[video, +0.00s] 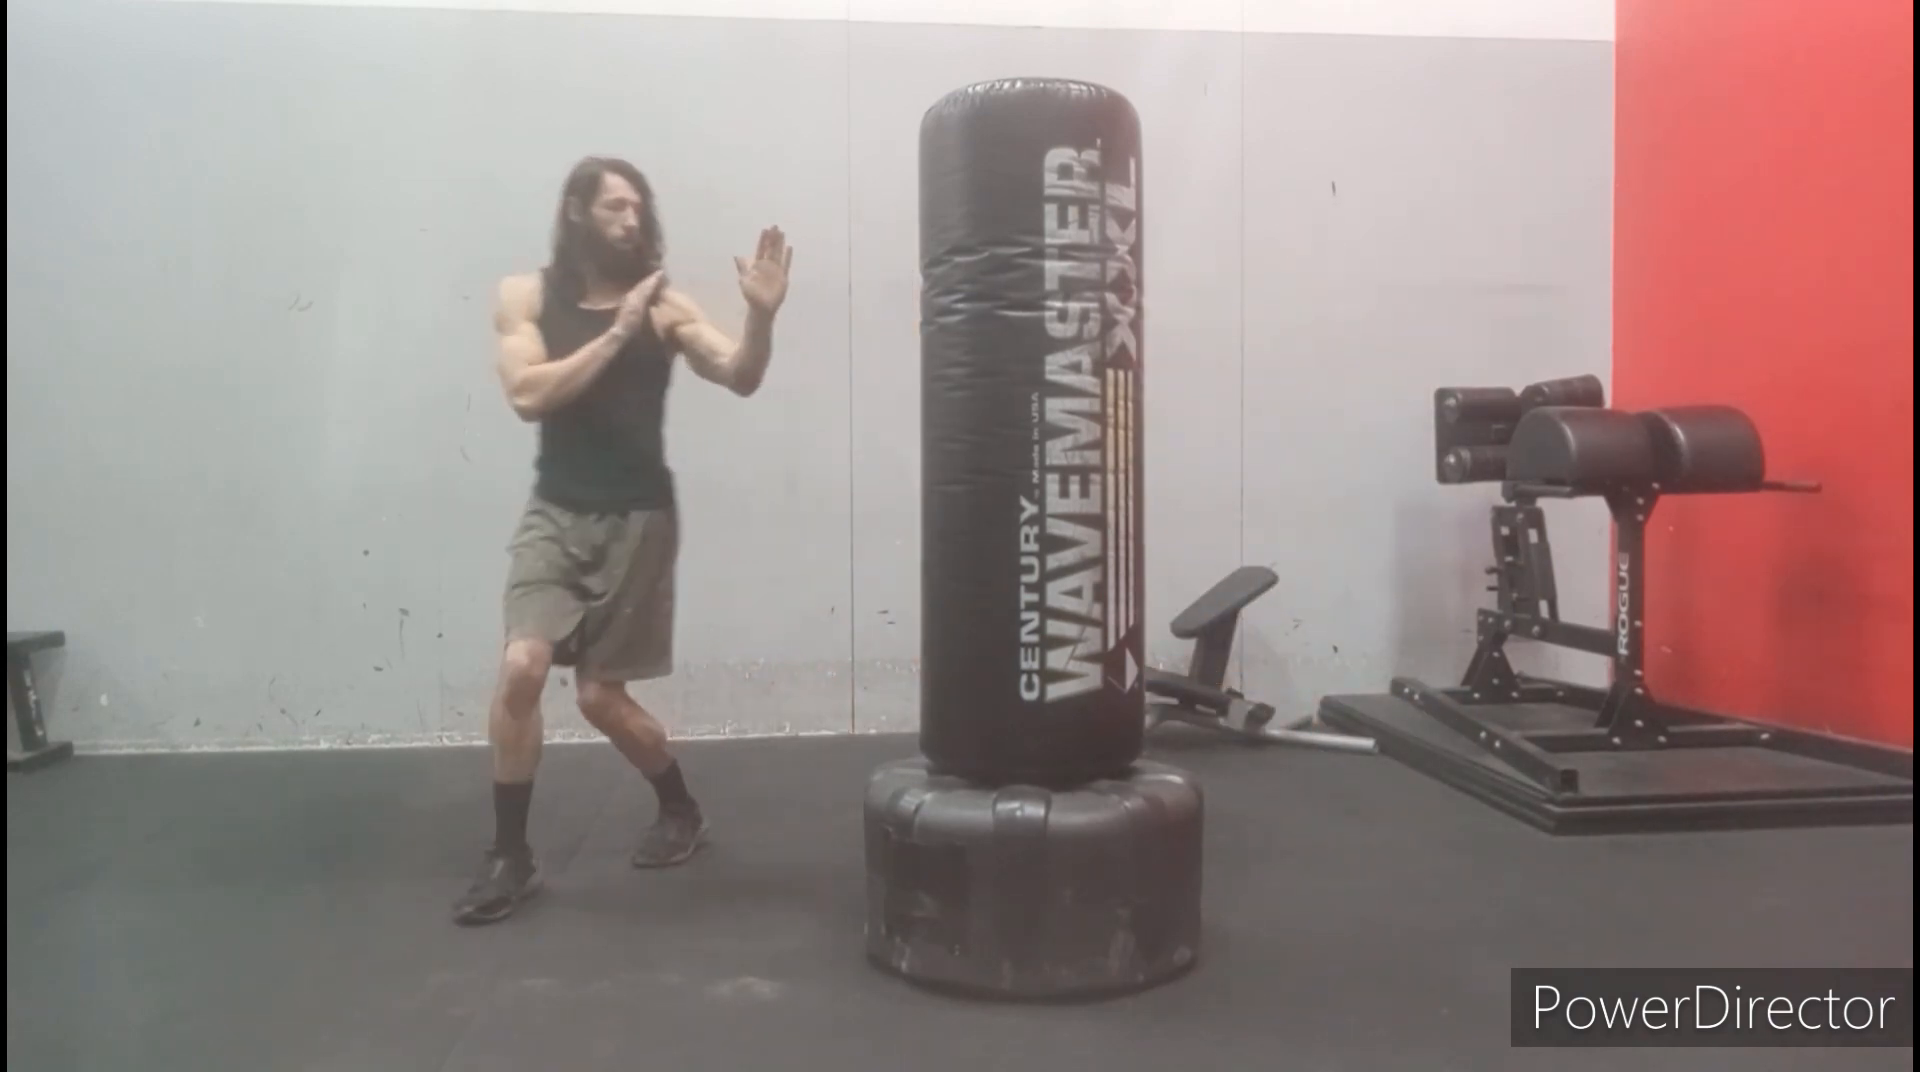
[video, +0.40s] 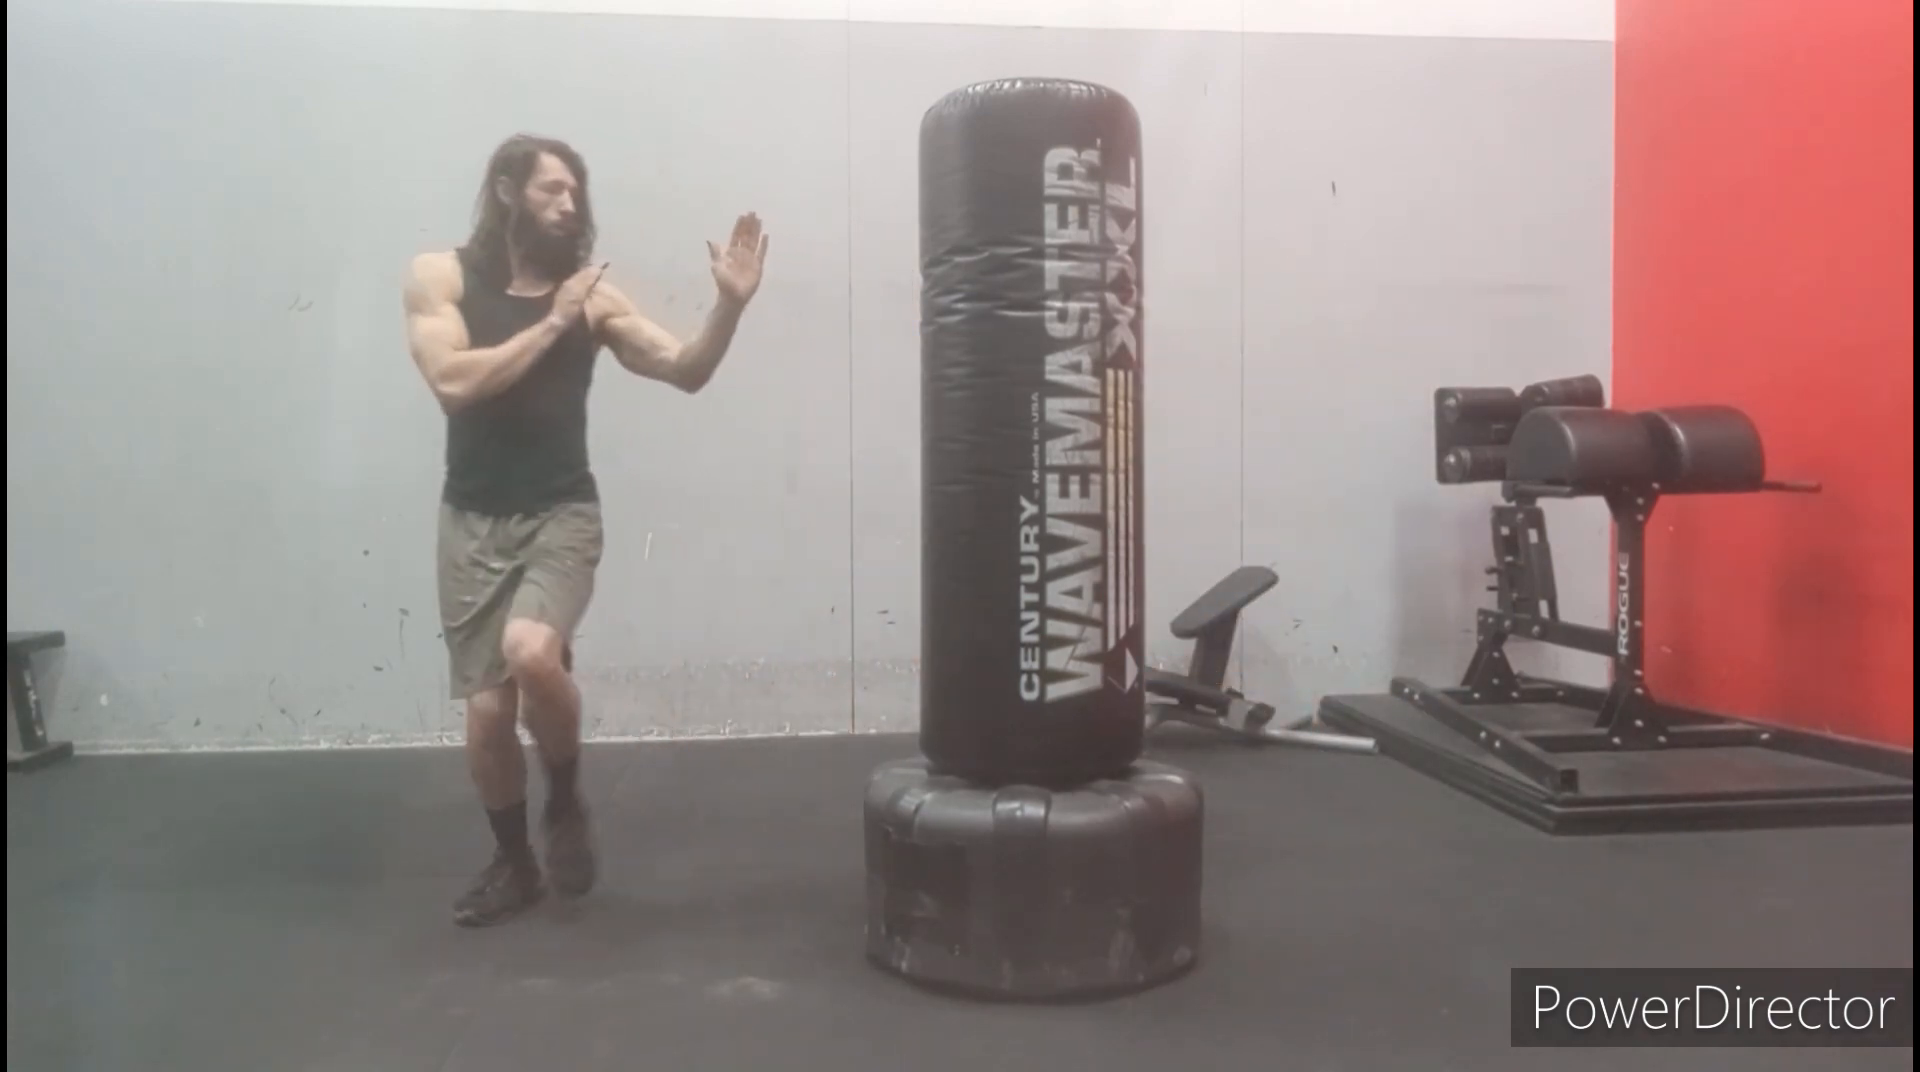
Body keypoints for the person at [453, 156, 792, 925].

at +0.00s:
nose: (631, 219)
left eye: (638, 208)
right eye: (614, 207)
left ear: (647, 220)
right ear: (576, 218)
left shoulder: (662, 306)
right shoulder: (525, 295)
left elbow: (741, 376)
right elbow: (528, 396)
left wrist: (761, 315)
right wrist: (621, 331)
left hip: (637, 516)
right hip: (555, 510)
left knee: (598, 696)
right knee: (521, 668)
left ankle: (680, 810)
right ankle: (509, 855)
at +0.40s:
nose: (568, 204)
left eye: (574, 192)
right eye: (551, 190)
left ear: (580, 203)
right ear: (507, 195)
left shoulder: (588, 295)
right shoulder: (439, 275)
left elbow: (687, 369)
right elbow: (453, 385)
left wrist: (729, 302)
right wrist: (554, 323)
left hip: (563, 510)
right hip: (475, 517)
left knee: (531, 651)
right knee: (488, 708)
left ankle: (566, 809)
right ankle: (513, 863)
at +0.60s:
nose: (555, 198)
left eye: (560, 185)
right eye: (538, 183)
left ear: (563, 196)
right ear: (490, 187)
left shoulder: (572, 290)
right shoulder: (416, 269)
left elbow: (678, 368)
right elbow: (439, 383)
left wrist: (729, 302)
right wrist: (544, 316)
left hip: (546, 515)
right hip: (457, 522)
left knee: (515, 664)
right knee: (485, 716)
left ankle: (501, 885)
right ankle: (514, 877)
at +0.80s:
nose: (548, 188)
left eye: (553, 174)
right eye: (530, 172)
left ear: (555, 186)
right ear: (479, 175)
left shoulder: (561, 283)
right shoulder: (402, 260)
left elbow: (677, 364)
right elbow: (437, 378)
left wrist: (738, 295)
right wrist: (543, 309)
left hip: (538, 525)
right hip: (443, 531)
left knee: (511, 699)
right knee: (472, 730)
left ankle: (471, 925)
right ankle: (516, 852)